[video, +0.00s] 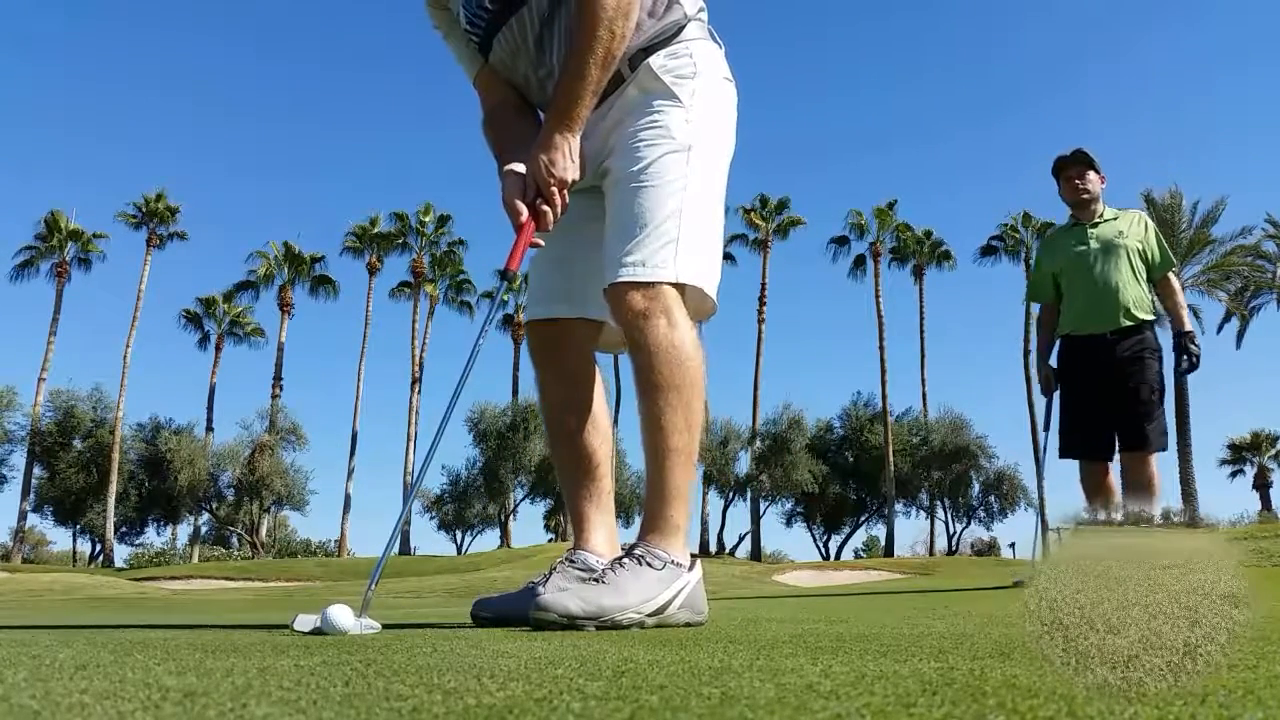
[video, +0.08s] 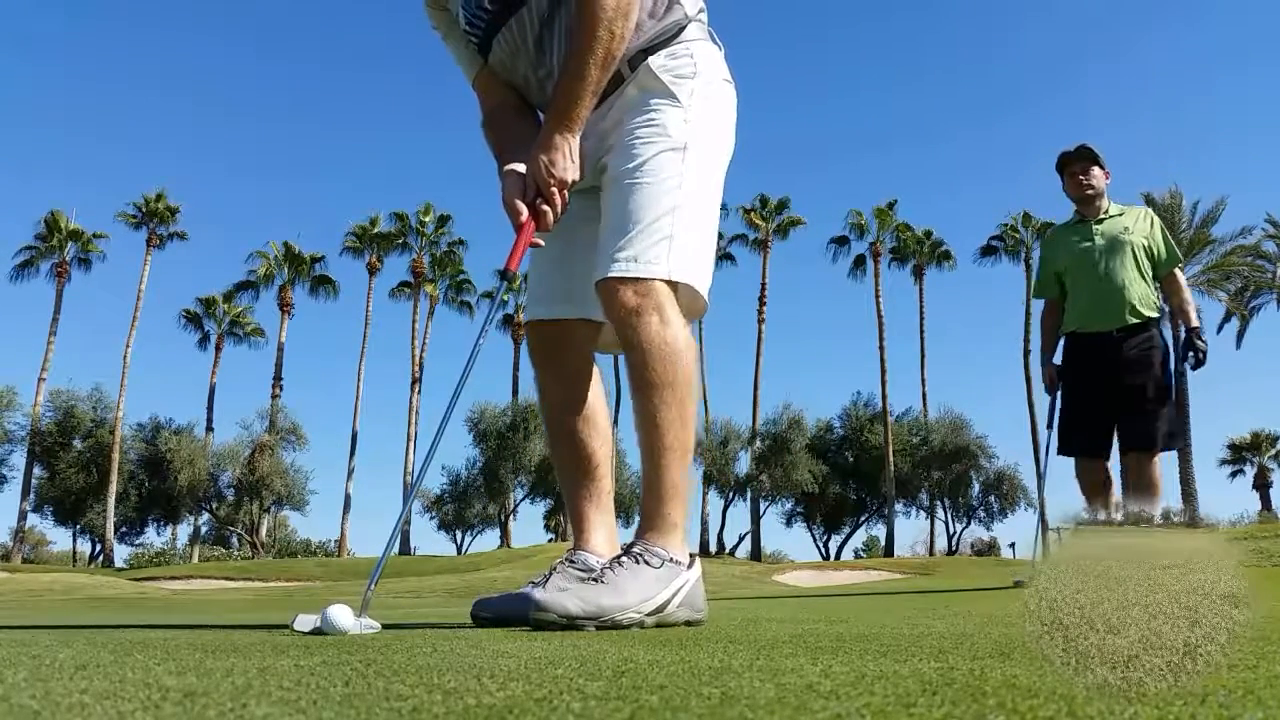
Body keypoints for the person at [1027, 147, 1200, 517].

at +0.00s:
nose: (1077, 182)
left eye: (1083, 175)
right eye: (1068, 179)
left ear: (1101, 180)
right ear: (1060, 191)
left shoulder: (1137, 222)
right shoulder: (1053, 243)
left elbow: (1165, 280)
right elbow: (1048, 308)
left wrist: (1184, 332)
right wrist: (1042, 360)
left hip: (1135, 346)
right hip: (1079, 353)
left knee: (1138, 452)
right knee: (1092, 459)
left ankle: (1144, 541)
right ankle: (1106, 543)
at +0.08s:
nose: (1080, 178)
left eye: (1087, 170)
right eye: (1071, 175)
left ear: (1105, 175)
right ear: (1064, 187)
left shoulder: (1143, 219)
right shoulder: (1056, 239)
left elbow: (1172, 279)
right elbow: (1053, 305)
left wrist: (1192, 329)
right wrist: (1047, 359)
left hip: (1140, 345)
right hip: (1084, 351)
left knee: (1142, 454)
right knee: (1088, 459)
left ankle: (1143, 541)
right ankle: (1108, 538)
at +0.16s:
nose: (1084, 175)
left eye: (1090, 166)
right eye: (1075, 172)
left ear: (1109, 171)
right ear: (1068, 184)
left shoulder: (1148, 216)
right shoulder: (1059, 236)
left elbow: (1176, 274)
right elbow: (1057, 301)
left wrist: (1198, 323)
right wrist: (1050, 356)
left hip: (1145, 343)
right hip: (1087, 348)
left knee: (1143, 447)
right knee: (1088, 447)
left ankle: (1143, 535)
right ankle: (1104, 530)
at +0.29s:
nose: (1088, 170)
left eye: (1094, 162)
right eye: (1078, 167)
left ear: (1112, 165)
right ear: (1071, 178)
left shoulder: (1151, 210)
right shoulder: (1062, 233)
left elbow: (1181, 267)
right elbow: (1059, 299)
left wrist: (1202, 314)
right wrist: (1053, 354)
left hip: (1149, 337)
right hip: (1091, 343)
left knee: (1149, 443)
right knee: (1096, 439)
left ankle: (1144, 532)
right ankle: (1104, 527)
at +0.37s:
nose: (1088, 168)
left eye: (1094, 159)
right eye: (1079, 164)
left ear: (1112, 162)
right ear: (1071, 176)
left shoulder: (1152, 207)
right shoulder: (1062, 231)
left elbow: (1182, 264)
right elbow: (1060, 298)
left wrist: (1203, 312)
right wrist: (1054, 353)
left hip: (1150, 336)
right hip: (1092, 342)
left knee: (1150, 442)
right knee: (1100, 440)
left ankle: (1146, 531)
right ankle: (1107, 530)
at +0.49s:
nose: (1088, 164)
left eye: (1094, 155)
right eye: (1078, 160)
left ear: (1112, 160)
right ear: (1070, 172)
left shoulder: (1152, 205)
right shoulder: (1061, 229)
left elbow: (1182, 264)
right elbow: (1059, 297)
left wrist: (1201, 312)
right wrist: (1054, 354)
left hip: (1150, 335)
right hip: (1091, 341)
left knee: (1150, 444)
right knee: (1105, 442)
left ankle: (1148, 533)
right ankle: (1114, 533)